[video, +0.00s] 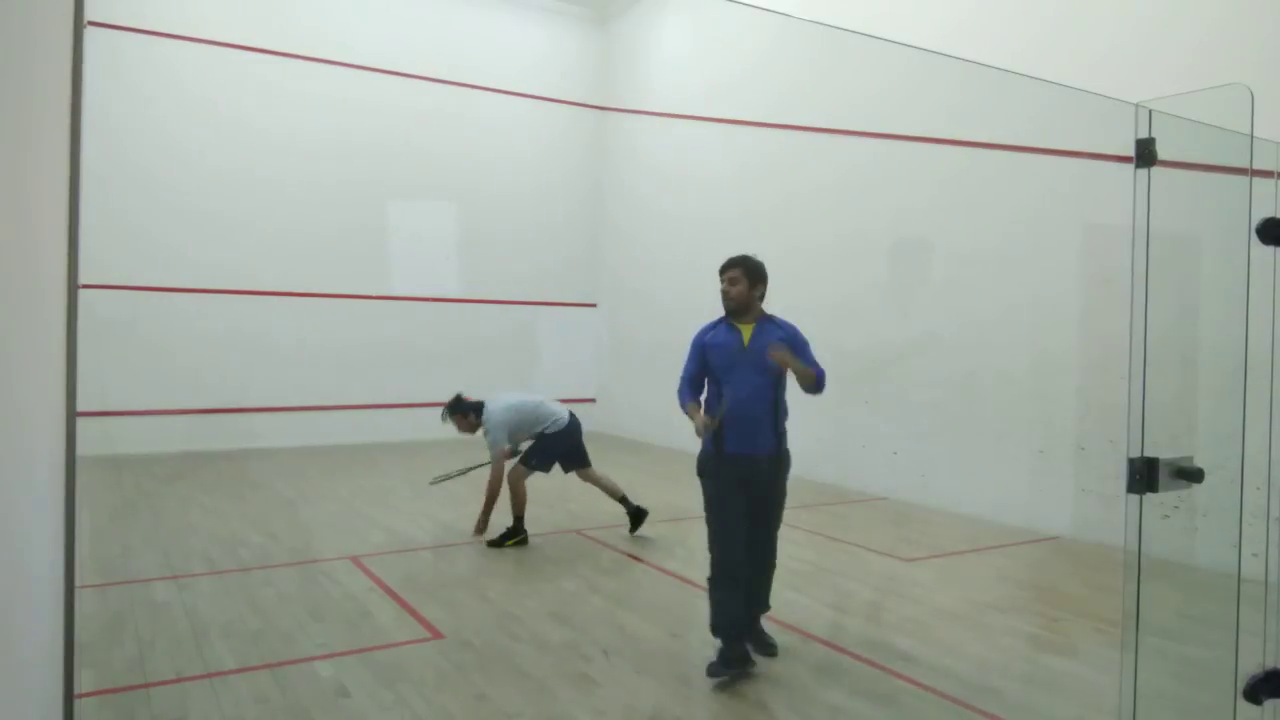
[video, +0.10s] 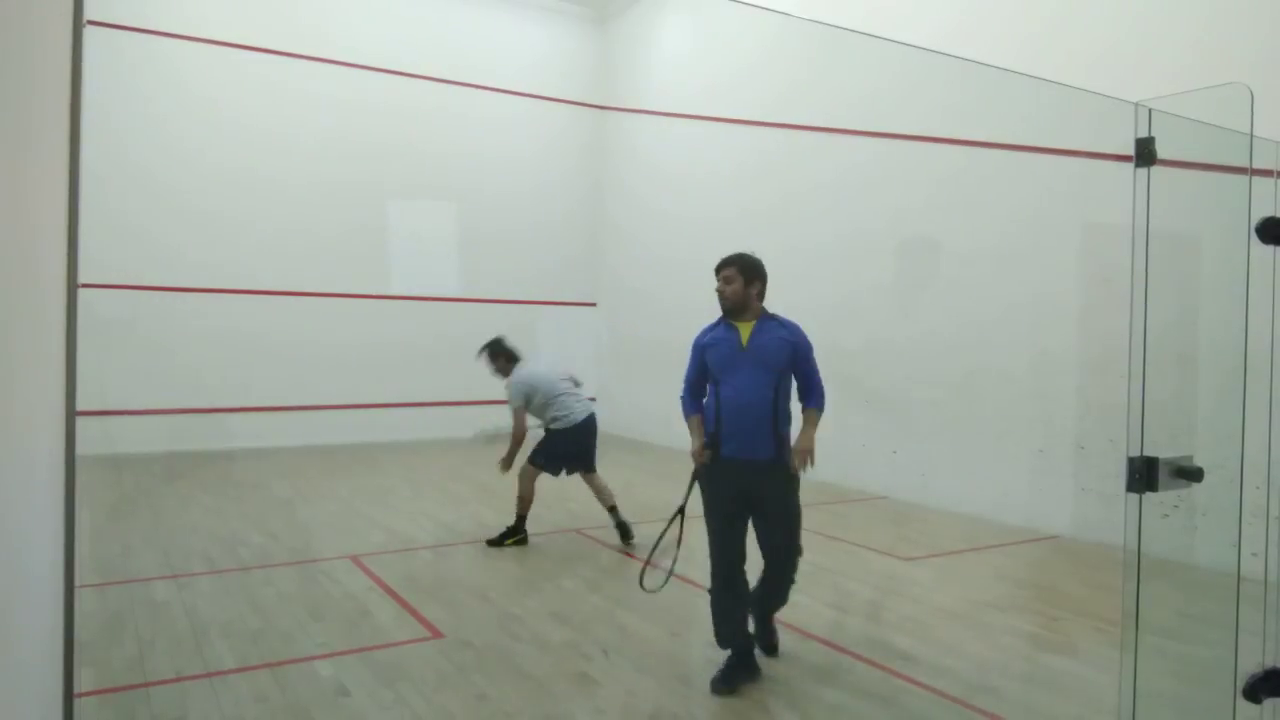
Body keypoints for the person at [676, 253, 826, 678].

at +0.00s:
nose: (725, 290)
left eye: (733, 283)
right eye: (723, 283)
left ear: (758, 287)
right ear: (722, 289)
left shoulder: (785, 335)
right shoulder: (708, 338)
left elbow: (816, 383)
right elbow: (688, 389)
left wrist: (795, 364)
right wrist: (698, 416)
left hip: (768, 459)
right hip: (721, 458)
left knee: (762, 545)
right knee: (727, 548)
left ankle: (751, 620)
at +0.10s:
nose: (719, 290)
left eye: (727, 282)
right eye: (718, 283)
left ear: (755, 287)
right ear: (722, 289)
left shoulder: (788, 336)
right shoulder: (707, 340)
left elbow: (813, 391)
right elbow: (691, 395)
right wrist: (698, 437)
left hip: (774, 466)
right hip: (720, 467)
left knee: (785, 556)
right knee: (726, 563)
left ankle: (762, 609)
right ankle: (739, 653)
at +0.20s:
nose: (722, 287)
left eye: (729, 279)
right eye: (721, 280)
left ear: (758, 283)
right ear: (739, 286)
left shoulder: (796, 335)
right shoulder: (715, 337)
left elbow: (816, 397)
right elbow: (701, 393)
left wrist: (816, 455)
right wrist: (687, 427)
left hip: (775, 470)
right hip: (722, 469)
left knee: (783, 560)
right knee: (726, 564)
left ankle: (803, 640)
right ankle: (740, 654)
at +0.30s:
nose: (730, 287)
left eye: (738, 279)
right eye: (731, 279)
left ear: (766, 283)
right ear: (756, 284)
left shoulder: (808, 337)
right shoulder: (735, 338)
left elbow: (832, 404)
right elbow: (715, 395)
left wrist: (825, 467)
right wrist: (684, 410)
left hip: (781, 479)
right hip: (732, 474)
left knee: (792, 581)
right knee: (731, 570)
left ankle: (811, 684)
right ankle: (742, 656)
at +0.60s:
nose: (754, 292)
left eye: (759, 283)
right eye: (754, 283)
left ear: (788, 283)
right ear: (785, 285)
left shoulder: (830, 335)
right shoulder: (777, 337)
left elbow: (847, 415)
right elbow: (782, 407)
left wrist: (813, 479)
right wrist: (773, 467)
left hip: (816, 487)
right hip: (772, 481)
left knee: (813, 590)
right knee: (751, 575)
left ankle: (817, 691)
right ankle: (765, 672)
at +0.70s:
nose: (740, 292)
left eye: (745, 282)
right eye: (739, 283)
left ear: (774, 283)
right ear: (771, 285)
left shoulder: (820, 336)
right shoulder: (766, 336)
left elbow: (851, 414)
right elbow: (775, 407)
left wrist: (844, 485)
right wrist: (770, 470)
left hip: (812, 492)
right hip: (766, 484)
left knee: (814, 596)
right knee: (744, 582)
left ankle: (816, 694)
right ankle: (742, 681)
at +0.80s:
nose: (720, 289)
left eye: (725, 280)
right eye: (721, 280)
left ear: (748, 284)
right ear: (750, 284)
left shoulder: (793, 336)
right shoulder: (744, 338)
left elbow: (820, 419)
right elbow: (747, 419)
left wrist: (821, 494)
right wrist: (738, 484)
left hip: (792, 495)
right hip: (751, 493)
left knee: (804, 600)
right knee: (735, 595)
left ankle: (816, 696)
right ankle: (713, 690)